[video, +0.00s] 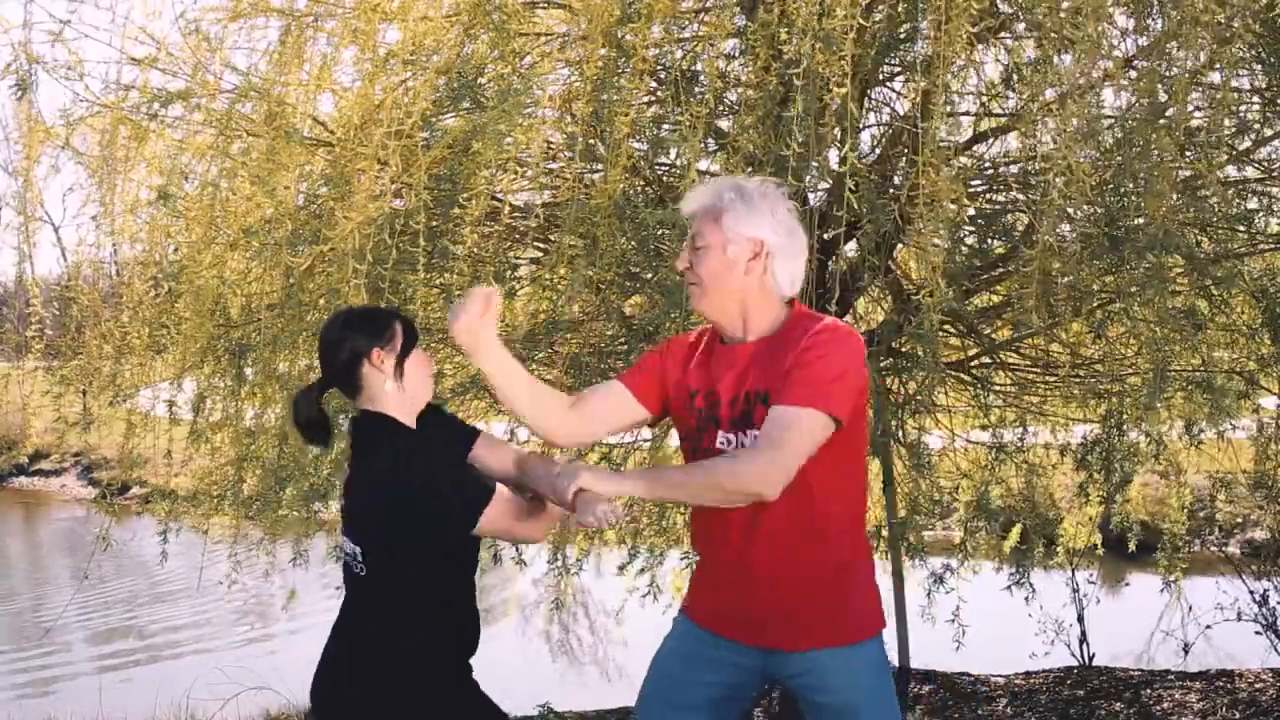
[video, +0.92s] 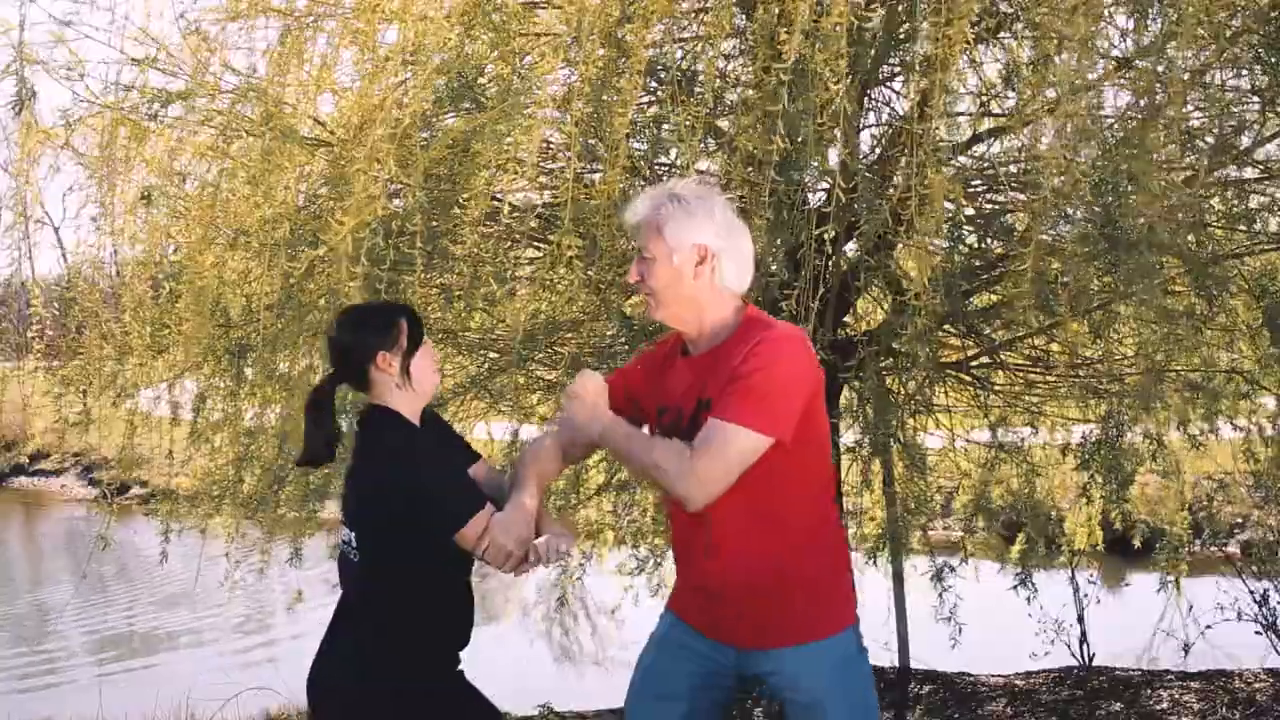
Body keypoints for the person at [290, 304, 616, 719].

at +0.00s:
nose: (430, 360)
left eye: (423, 346)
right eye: (419, 347)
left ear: (379, 360)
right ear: (381, 359)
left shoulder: (415, 419)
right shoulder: (408, 465)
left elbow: (516, 464)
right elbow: (530, 522)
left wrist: (574, 492)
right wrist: (568, 497)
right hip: (418, 693)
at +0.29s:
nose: (434, 357)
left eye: (424, 347)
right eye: (421, 350)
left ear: (386, 378)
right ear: (388, 376)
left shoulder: (421, 421)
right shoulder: (411, 479)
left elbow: (510, 466)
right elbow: (530, 550)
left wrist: (587, 507)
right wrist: (575, 520)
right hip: (414, 697)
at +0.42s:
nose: (428, 357)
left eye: (417, 347)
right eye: (413, 350)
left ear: (382, 383)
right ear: (383, 380)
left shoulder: (414, 427)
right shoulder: (403, 481)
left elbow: (494, 494)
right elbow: (500, 577)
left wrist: (558, 558)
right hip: (398, 698)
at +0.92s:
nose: (436, 355)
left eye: (429, 343)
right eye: (425, 344)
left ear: (387, 364)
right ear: (389, 362)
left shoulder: (417, 420)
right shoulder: (403, 449)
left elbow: (494, 483)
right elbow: (501, 549)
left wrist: (547, 527)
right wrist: (545, 544)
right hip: (400, 687)